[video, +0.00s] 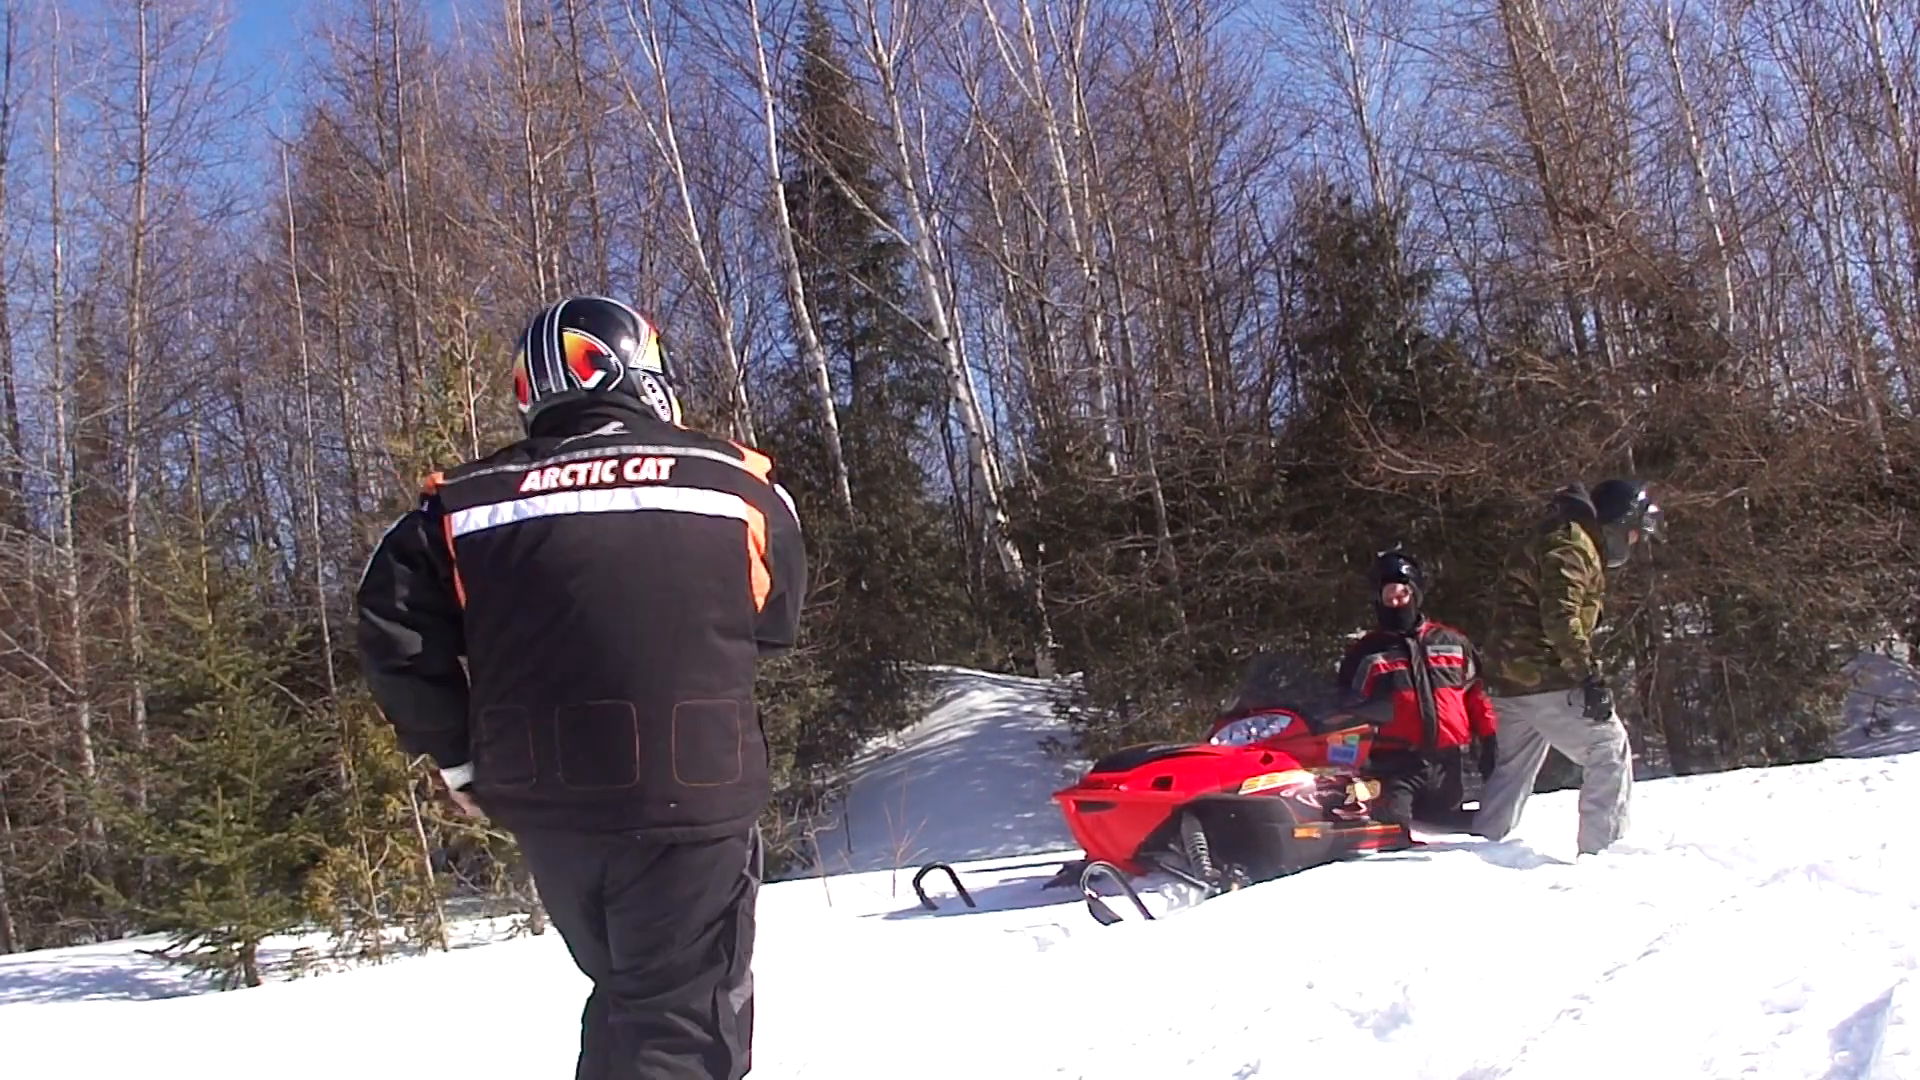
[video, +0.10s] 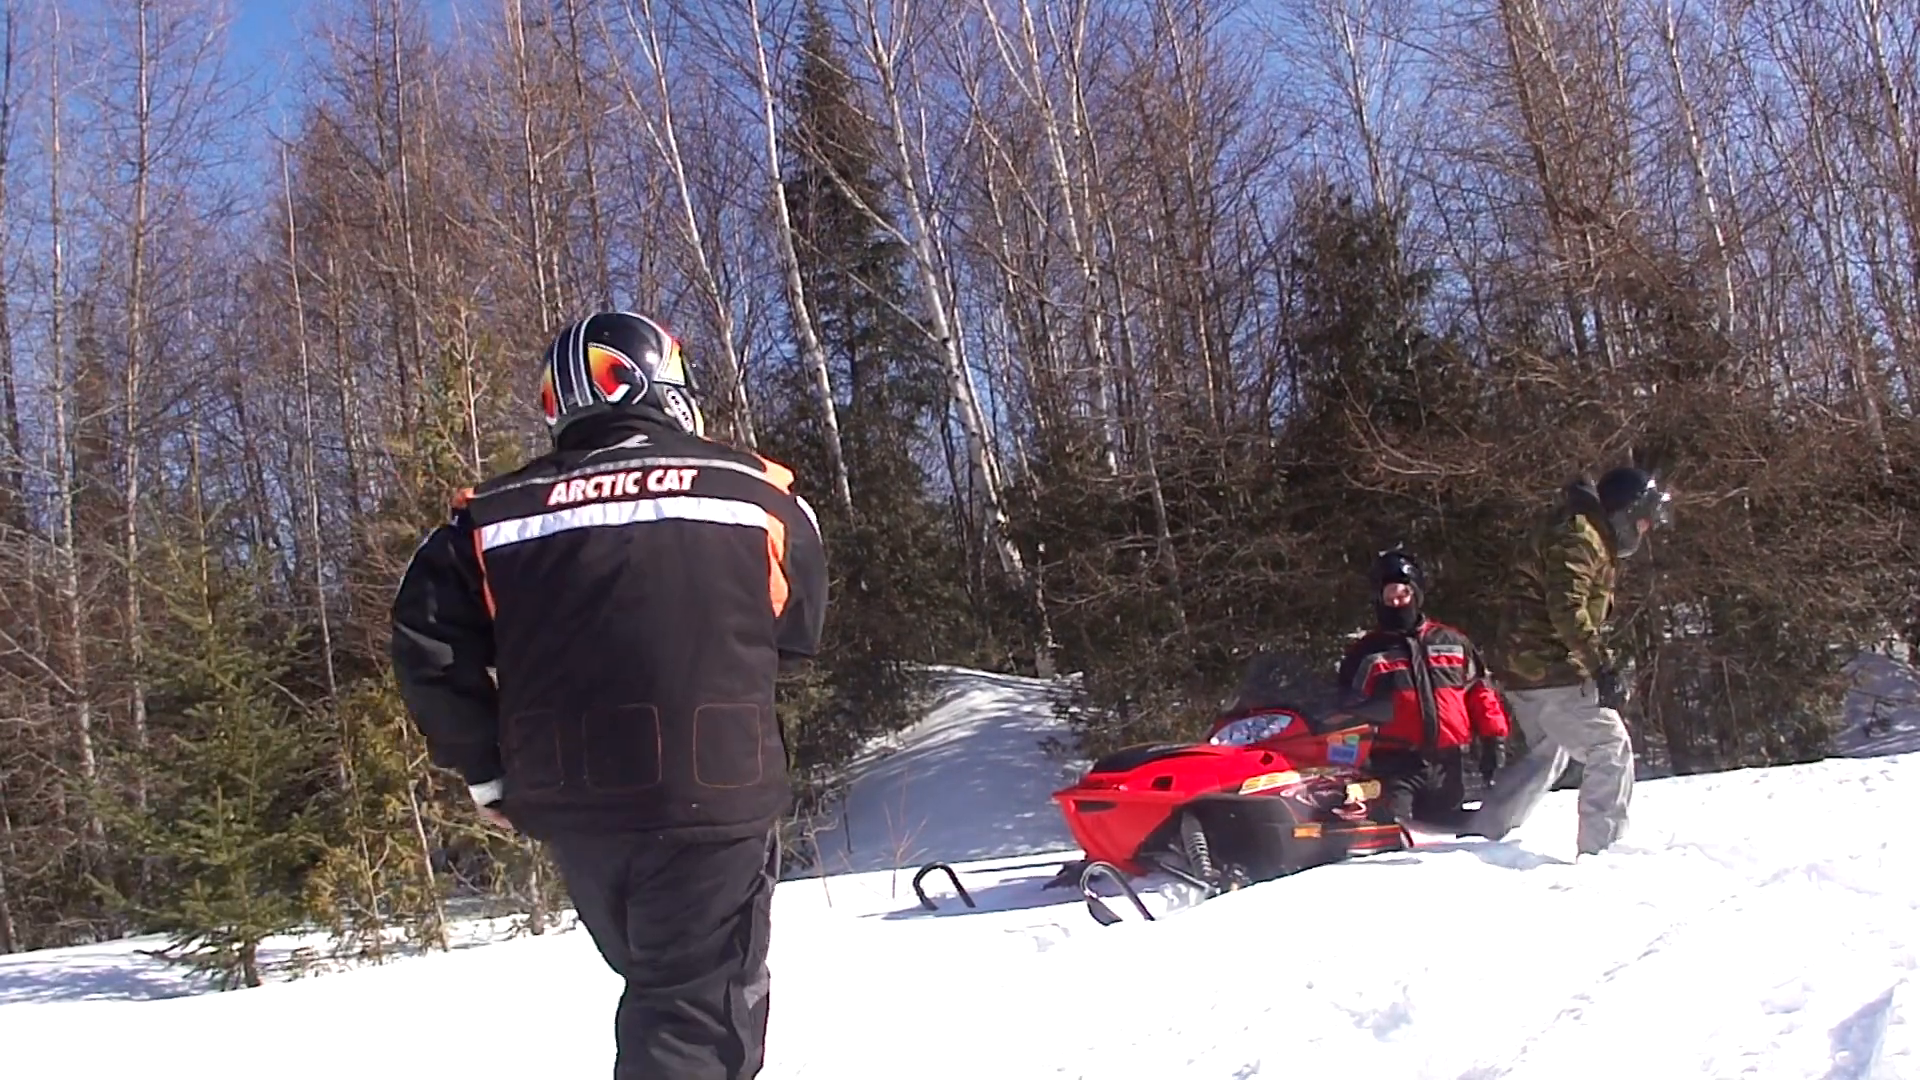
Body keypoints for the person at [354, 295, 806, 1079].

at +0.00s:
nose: (670, 382)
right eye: (662, 368)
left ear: (529, 388)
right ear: (645, 374)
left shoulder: (461, 498)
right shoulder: (737, 485)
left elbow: (391, 629)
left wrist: (455, 754)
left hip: (543, 812)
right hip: (694, 807)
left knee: (623, 1002)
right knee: (675, 1027)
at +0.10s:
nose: (691, 391)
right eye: (683, 377)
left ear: (557, 398)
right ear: (670, 384)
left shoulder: (491, 509)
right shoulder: (758, 491)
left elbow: (425, 645)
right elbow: (799, 632)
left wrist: (484, 767)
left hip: (568, 811)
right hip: (713, 802)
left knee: (682, 995)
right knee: (685, 1024)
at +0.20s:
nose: (710, 400)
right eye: (701, 387)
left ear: (581, 406)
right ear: (687, 392)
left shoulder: (514, 518)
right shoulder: (774, 490)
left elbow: (456, 650)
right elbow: (825, 627)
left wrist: (520, 763)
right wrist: (752, 687)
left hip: (593, 813)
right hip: (740, 798)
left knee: (663, 1010)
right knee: (749, 1012)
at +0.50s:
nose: (796, 428)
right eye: (787, 417)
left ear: (680, 429)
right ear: (774, 420)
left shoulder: (617, 526)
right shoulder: (831, 489)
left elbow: (543, 622)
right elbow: (908, 599)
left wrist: (602, 729)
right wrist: (863, 691)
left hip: (672, 787)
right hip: (812, 777)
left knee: (707, 980)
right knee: (852, 969)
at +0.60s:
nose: (830, 443)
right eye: (821, 430)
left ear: (713, 445)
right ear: (809, 436)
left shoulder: (654, 541)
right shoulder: (869, 514)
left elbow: (584, 637)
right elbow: (938, 630)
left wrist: (641, 736)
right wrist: (877, 682)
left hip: (706, 804)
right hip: (840, 801)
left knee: (727, 971)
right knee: (871, 977)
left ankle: (697, 1076)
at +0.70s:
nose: (852, 455)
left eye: (845, 444)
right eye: (844, 443)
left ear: (740, 454)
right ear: (829, 449)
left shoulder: (677, 549)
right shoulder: (890, 529)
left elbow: (614, 642)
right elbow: (949, 642)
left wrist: (660, 751)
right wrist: (897, 696)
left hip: (733, 804)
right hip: (861, 799)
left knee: (782, 950)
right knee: (897, 962)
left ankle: (707, 1051)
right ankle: (862, 1070)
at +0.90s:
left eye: (764, 432)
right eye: (850, 427)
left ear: (762, 443)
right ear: (848, 433)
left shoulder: (713, 535)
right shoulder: (912, 501)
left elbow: (657, 633)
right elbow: (965, 612)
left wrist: (687, 746)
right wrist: (919, 653)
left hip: (770, 757)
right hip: (892, 750)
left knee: (841, 880)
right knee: (888, 932)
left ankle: (800, 1012)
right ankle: (869, 1069)